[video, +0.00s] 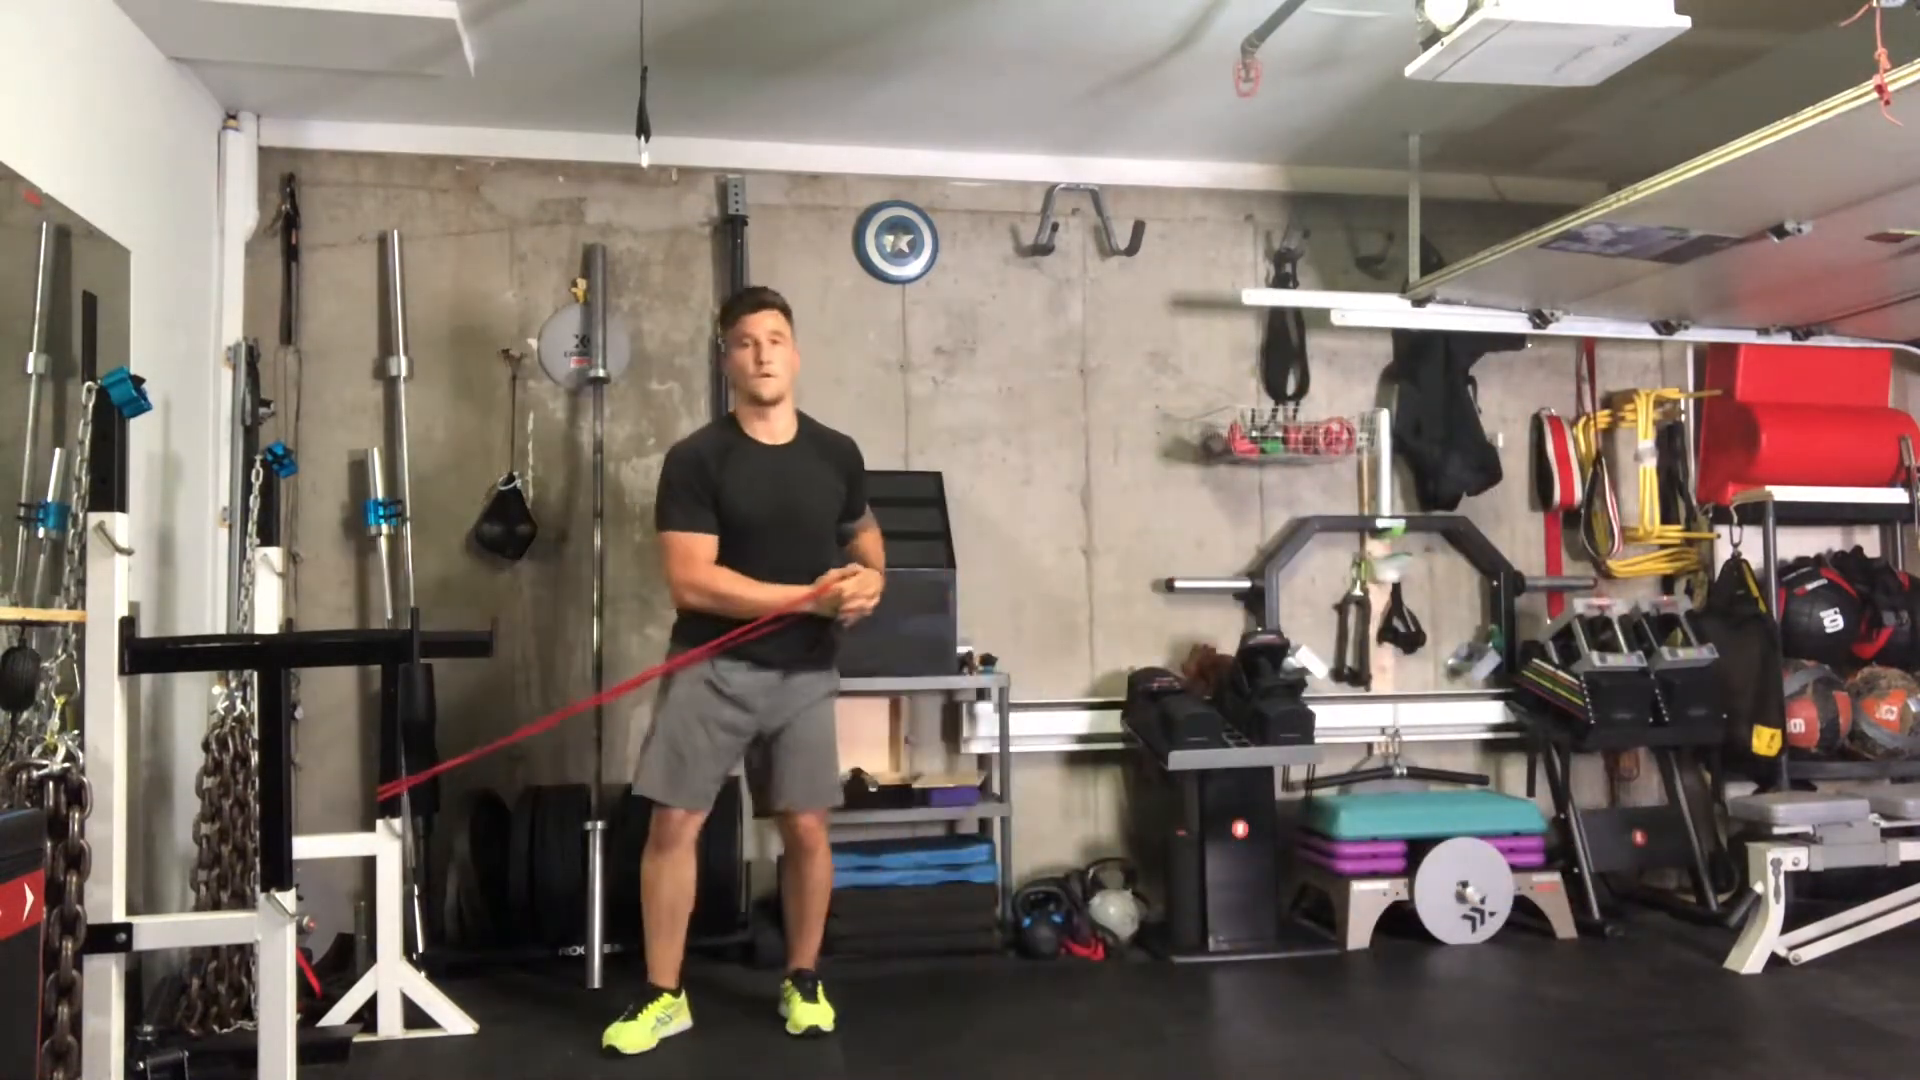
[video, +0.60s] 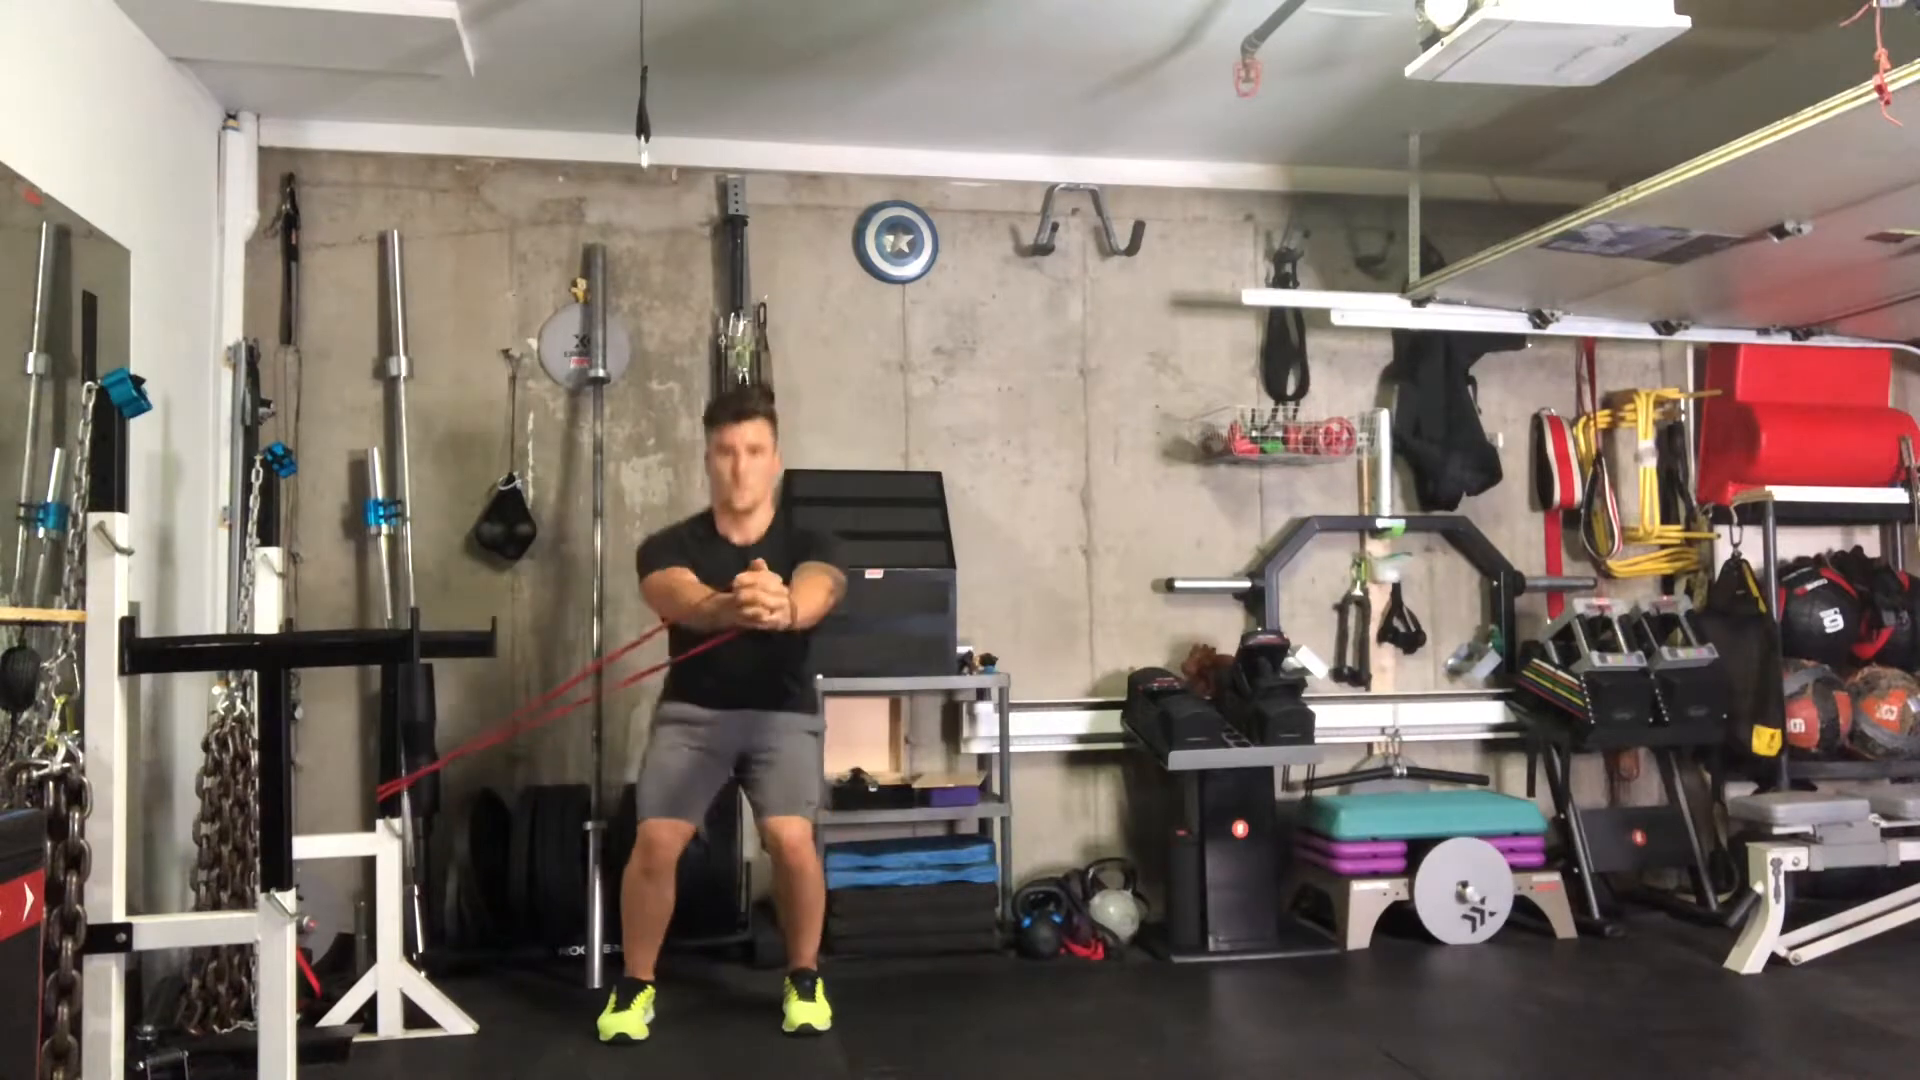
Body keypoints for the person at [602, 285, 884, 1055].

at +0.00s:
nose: (762, 354)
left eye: (774, 340)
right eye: (746, 343)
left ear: (797, 355)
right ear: (725, 361)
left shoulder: (837, 455)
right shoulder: (694, 460)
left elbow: (867, 546)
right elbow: (689, 581)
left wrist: (871, 582)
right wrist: (809, 596)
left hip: (805, 676)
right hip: (712, 672)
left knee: (807, 827)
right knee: (673, 824)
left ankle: (803, 982)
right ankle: (665, 995)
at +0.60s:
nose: (739, 466)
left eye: (754, 451)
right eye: (726, 452)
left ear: (776, 460)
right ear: (707, 461)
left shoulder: (810, 541)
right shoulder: (665, 548)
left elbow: (815, 595)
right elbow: (683, 604)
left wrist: (788, 608)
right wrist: (728, 609)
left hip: (783, 721)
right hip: (691, 718)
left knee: (791, 837)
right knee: (655, 839)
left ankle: (804, 980)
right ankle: (636, 987)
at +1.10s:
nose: (750, 535)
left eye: (764, 519)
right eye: (736, 521)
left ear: (787, 523)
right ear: (716, 525)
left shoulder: (820, 588)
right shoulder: (681, 597)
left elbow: (837, 623)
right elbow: (689, 633)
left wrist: (804, 626)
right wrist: (750, 623)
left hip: (787, 753)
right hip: (701, 746)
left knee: (760, 852)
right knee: (681, 857)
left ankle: (800, 979)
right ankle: (638, 989)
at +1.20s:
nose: (758, 543)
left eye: (771, 526)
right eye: (742, 529)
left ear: (793, 528)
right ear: (722, 535)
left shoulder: (832, 589)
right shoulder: (696, 606)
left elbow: (851, 621)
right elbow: (702, 643)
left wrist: (821, 633)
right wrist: (765, 635)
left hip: (807, 754)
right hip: (720, 752)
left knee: (809, 853)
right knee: (699, 868)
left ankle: (806, 978)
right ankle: (639, 988)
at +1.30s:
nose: (781, 539)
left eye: (795, 522)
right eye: (765, 525)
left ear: (819, 523)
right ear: (743, 532)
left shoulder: (857, 581)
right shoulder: (724, 603)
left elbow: (880, 616)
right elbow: (726, 642)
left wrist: (853, 634)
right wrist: (799, 640)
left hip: (845, 752)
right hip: (752, 755)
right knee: (707, 874)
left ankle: (863, 968)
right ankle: (641, 987)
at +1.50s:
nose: (945, 492)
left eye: (959, 475)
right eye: (931, 477)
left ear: (983, 480)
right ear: (909, 484)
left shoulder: (997, 547)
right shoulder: (884, 569)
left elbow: (1049, 574)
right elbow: (942, 580)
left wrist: (1068, 553)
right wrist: (1025, 568)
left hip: (971, 737)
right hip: (879, 742)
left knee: (1069, 829)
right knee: (768, 867)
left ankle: (1120, 977)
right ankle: (650, 986)